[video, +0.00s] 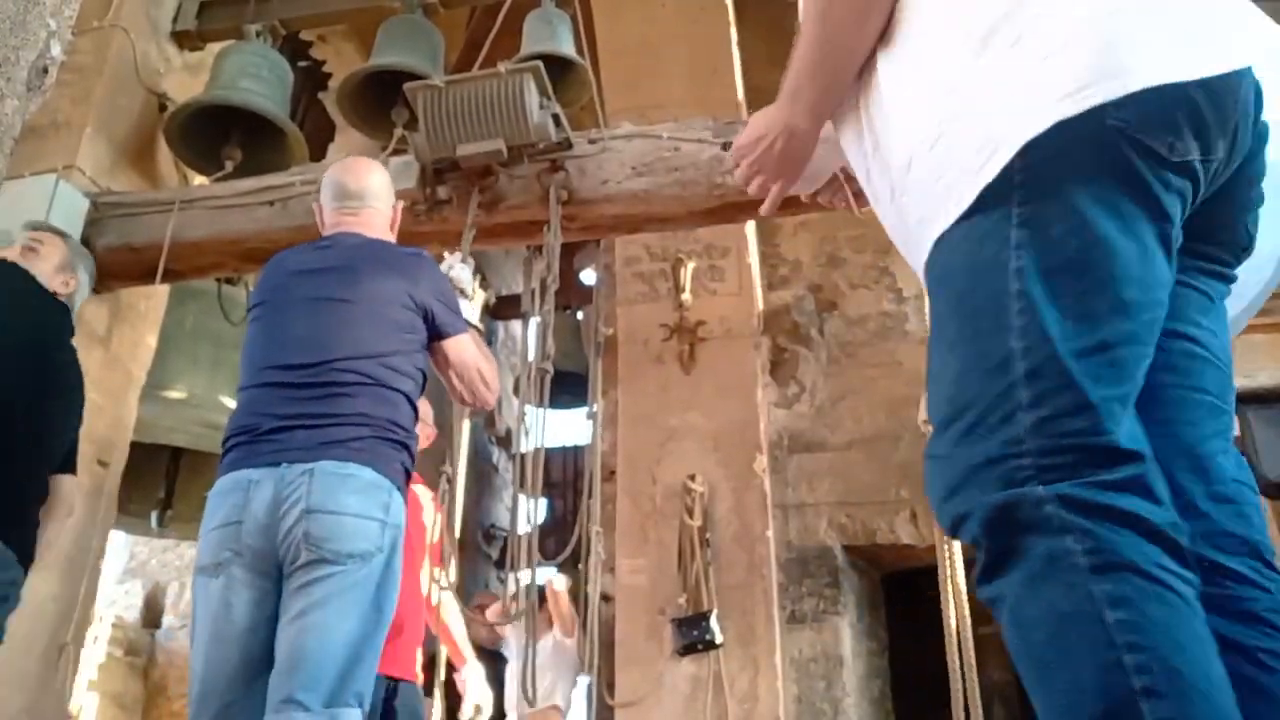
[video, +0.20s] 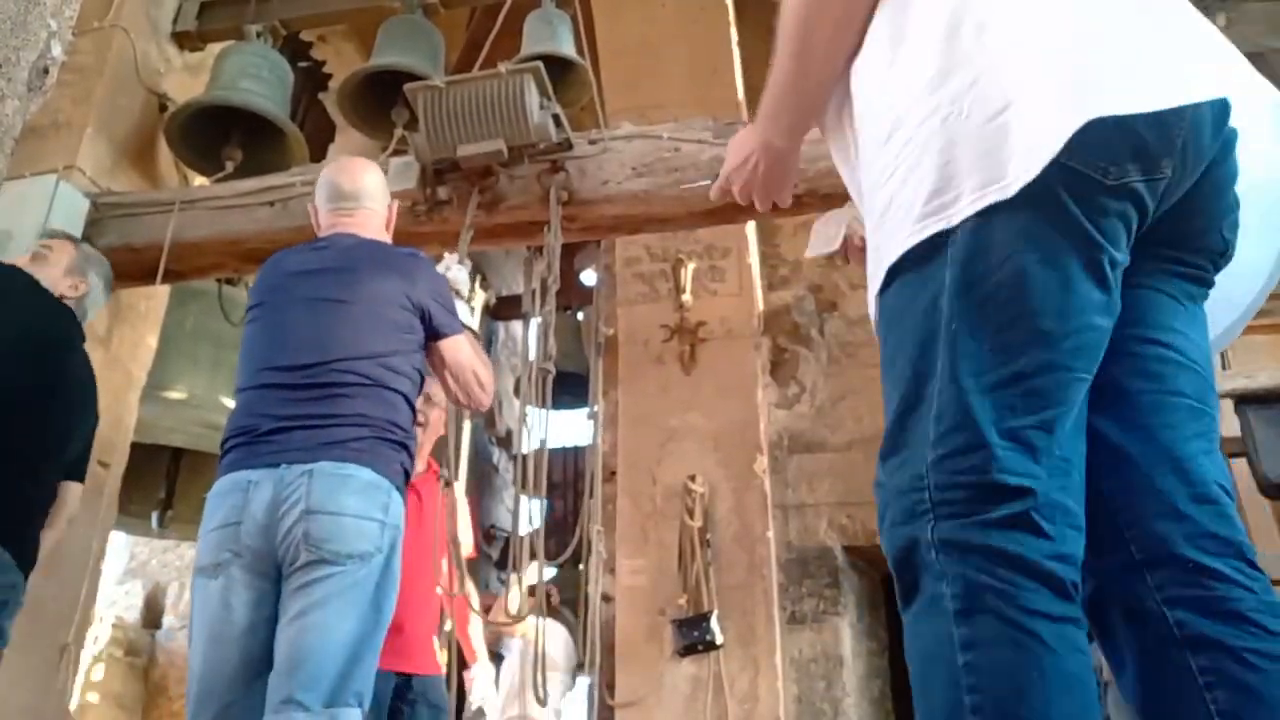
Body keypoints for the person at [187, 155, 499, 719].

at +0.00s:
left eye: (319, 211)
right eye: (399, 210)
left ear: (320, 217)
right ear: (396, 214)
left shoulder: (274, 271)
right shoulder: (415, 270)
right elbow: (482, 393)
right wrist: (441, 326)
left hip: (238, 488)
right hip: (351, 486)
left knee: (218, 707)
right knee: (311, 707)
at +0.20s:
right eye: (394, 210)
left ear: (316, 218)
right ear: (391, 214)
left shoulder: (271, 272)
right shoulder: (413, 271)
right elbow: (479, 393)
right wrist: (433, 325)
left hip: (238, 488)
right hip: (351, 486)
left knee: (217, 708)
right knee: (311, 707)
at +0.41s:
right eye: (392, 209)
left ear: (313, 218)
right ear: (388, 213)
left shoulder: (267, 272)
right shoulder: (409, 270)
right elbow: (477, 391)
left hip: (234, 488)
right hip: (348, 487)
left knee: (215, 709)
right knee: (309, 707)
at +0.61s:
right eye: (390, 208)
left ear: (311, 218)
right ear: (386, 212)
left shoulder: (266, 270)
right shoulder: (406, 267)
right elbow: (472, 385)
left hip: (230, 489)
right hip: (344, 487)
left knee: (213, 709)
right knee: (308, 708)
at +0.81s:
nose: (390, 215)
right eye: (390, 208)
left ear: (310, 218)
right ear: (385, 211)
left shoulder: (265, 270)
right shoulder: (405, 266)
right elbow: (472, 386)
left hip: (230, 489)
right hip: (345, 485)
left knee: (214, 709)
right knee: (309, 708)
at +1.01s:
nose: (394, 215)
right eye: (394, 207)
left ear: (314, 215)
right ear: (388, 209)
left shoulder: (265, 269)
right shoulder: (407, 265)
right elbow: (473, 386)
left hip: (231, 489)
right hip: (345, 485)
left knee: (214, 709)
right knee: (309, 707)